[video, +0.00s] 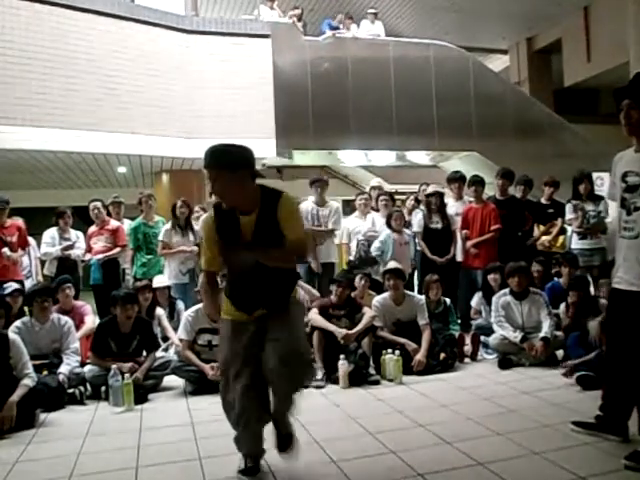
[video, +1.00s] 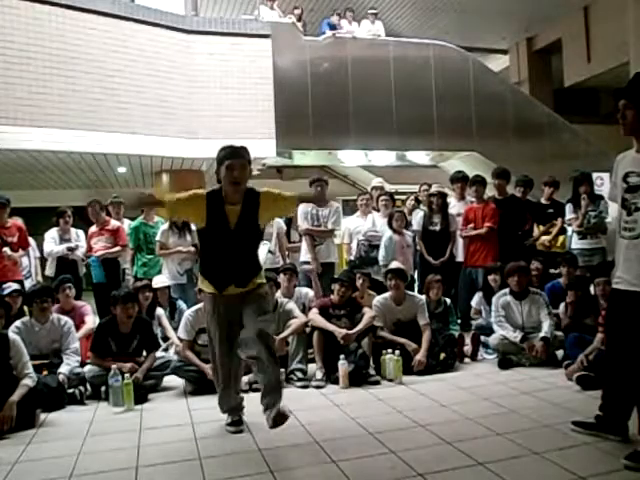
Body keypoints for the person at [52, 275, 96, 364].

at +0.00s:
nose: (67, 292)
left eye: (69, 288)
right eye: (63, 290)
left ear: (74, 291)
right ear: (57, 295)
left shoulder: (84, 308)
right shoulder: (53, 312)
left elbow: (90, 325)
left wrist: (74, 338)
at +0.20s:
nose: (67, 292)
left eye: (70, 288)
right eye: (63, 289)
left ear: (74, 291)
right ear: (57, 295)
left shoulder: (83, 307)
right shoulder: (53, 312)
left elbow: (90, 325)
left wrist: (74, 338)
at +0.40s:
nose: (68, 292)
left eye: (70, 288)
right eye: (63, 290)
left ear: (74, 291)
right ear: (57, 295)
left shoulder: (84, 308)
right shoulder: (53, 312)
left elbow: (90, 325)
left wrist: (74, 338)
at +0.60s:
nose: (68, 292)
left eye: (70, 288)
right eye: (64, 290)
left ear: (74, 291)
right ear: (57, 295)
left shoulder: (84, 307)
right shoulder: (53, 312)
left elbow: (90, 324)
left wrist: (74, 338)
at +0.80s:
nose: (68, 292)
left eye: (70, 288)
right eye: (64, 290)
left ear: (74, 291)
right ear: (57, 294)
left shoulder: (84, 307)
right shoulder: (53, 312)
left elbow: (90, 324)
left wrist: (74, 338)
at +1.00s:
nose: (67, 292)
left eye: (70, 288)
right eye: (63, 290)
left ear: (74, 291)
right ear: (57, 295)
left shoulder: (83, 307)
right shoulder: (54, 311)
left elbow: (90, 325)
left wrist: (74, 338)